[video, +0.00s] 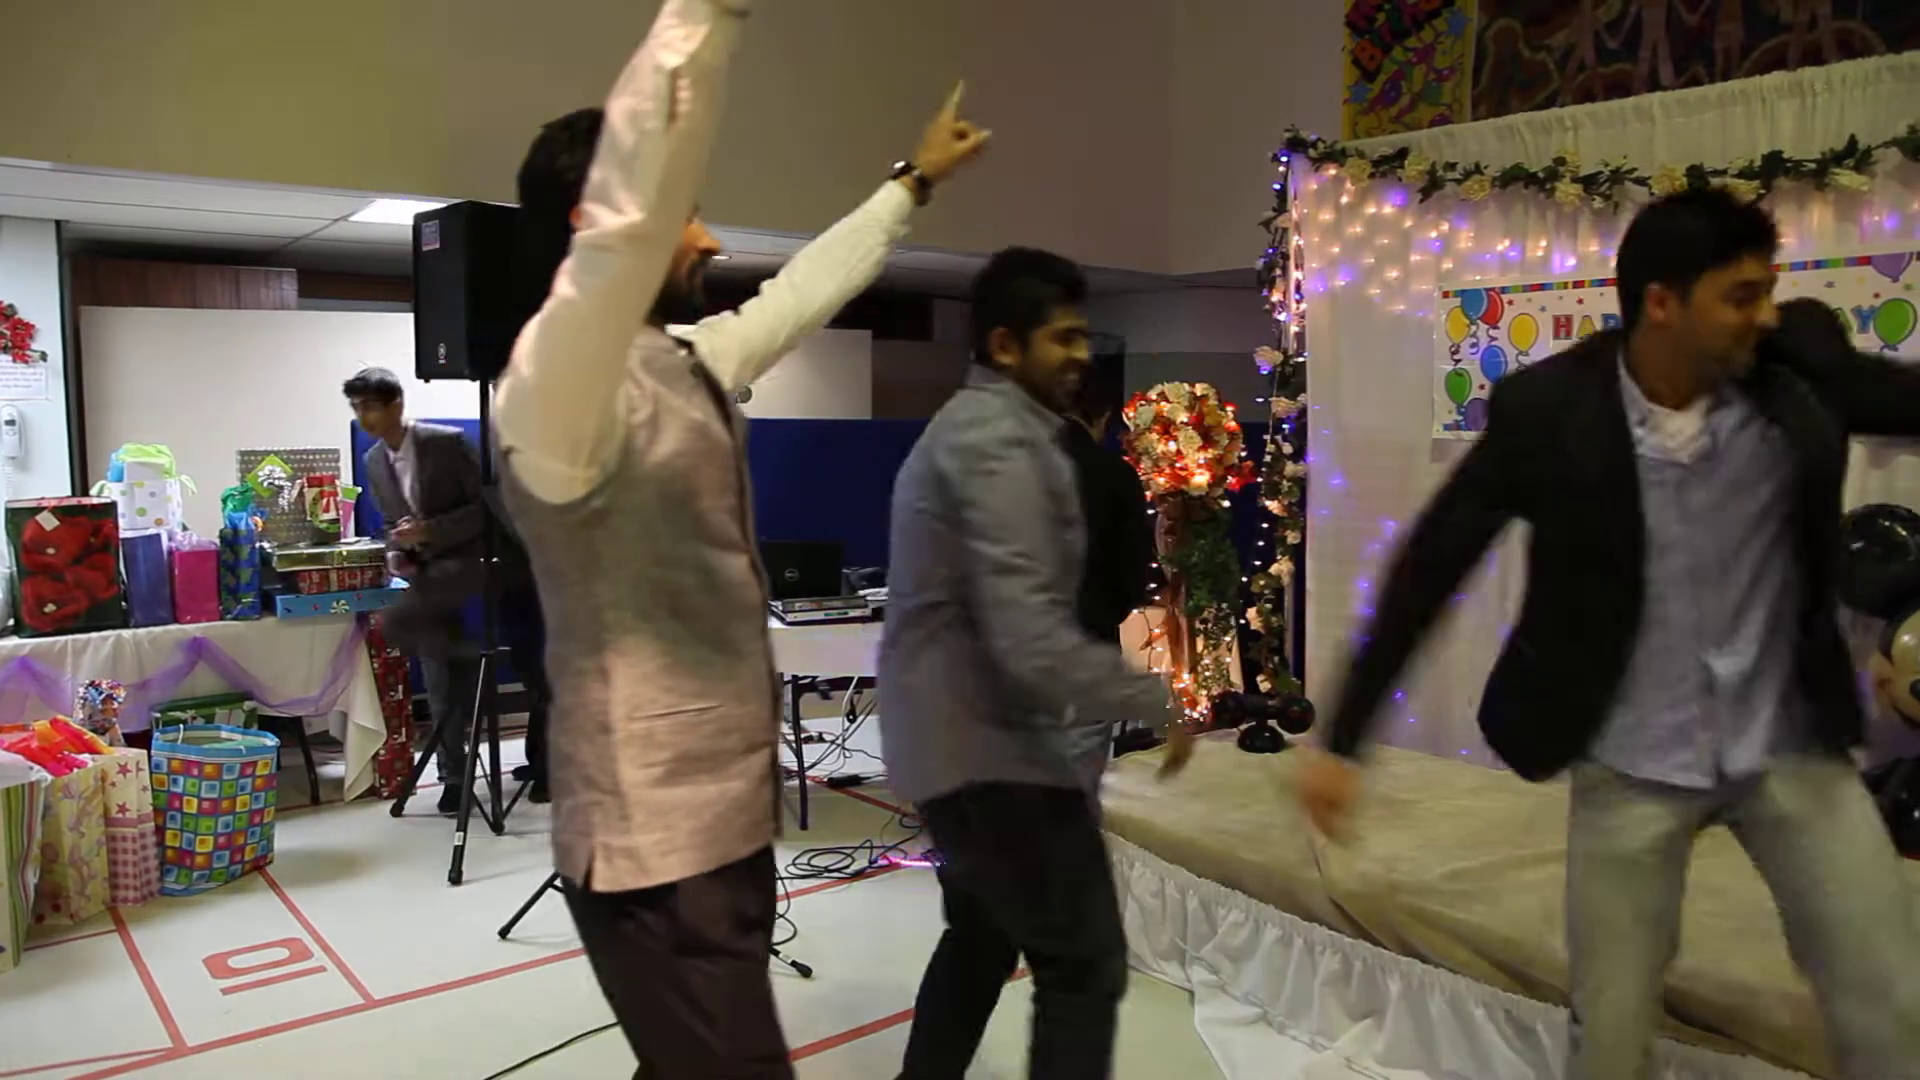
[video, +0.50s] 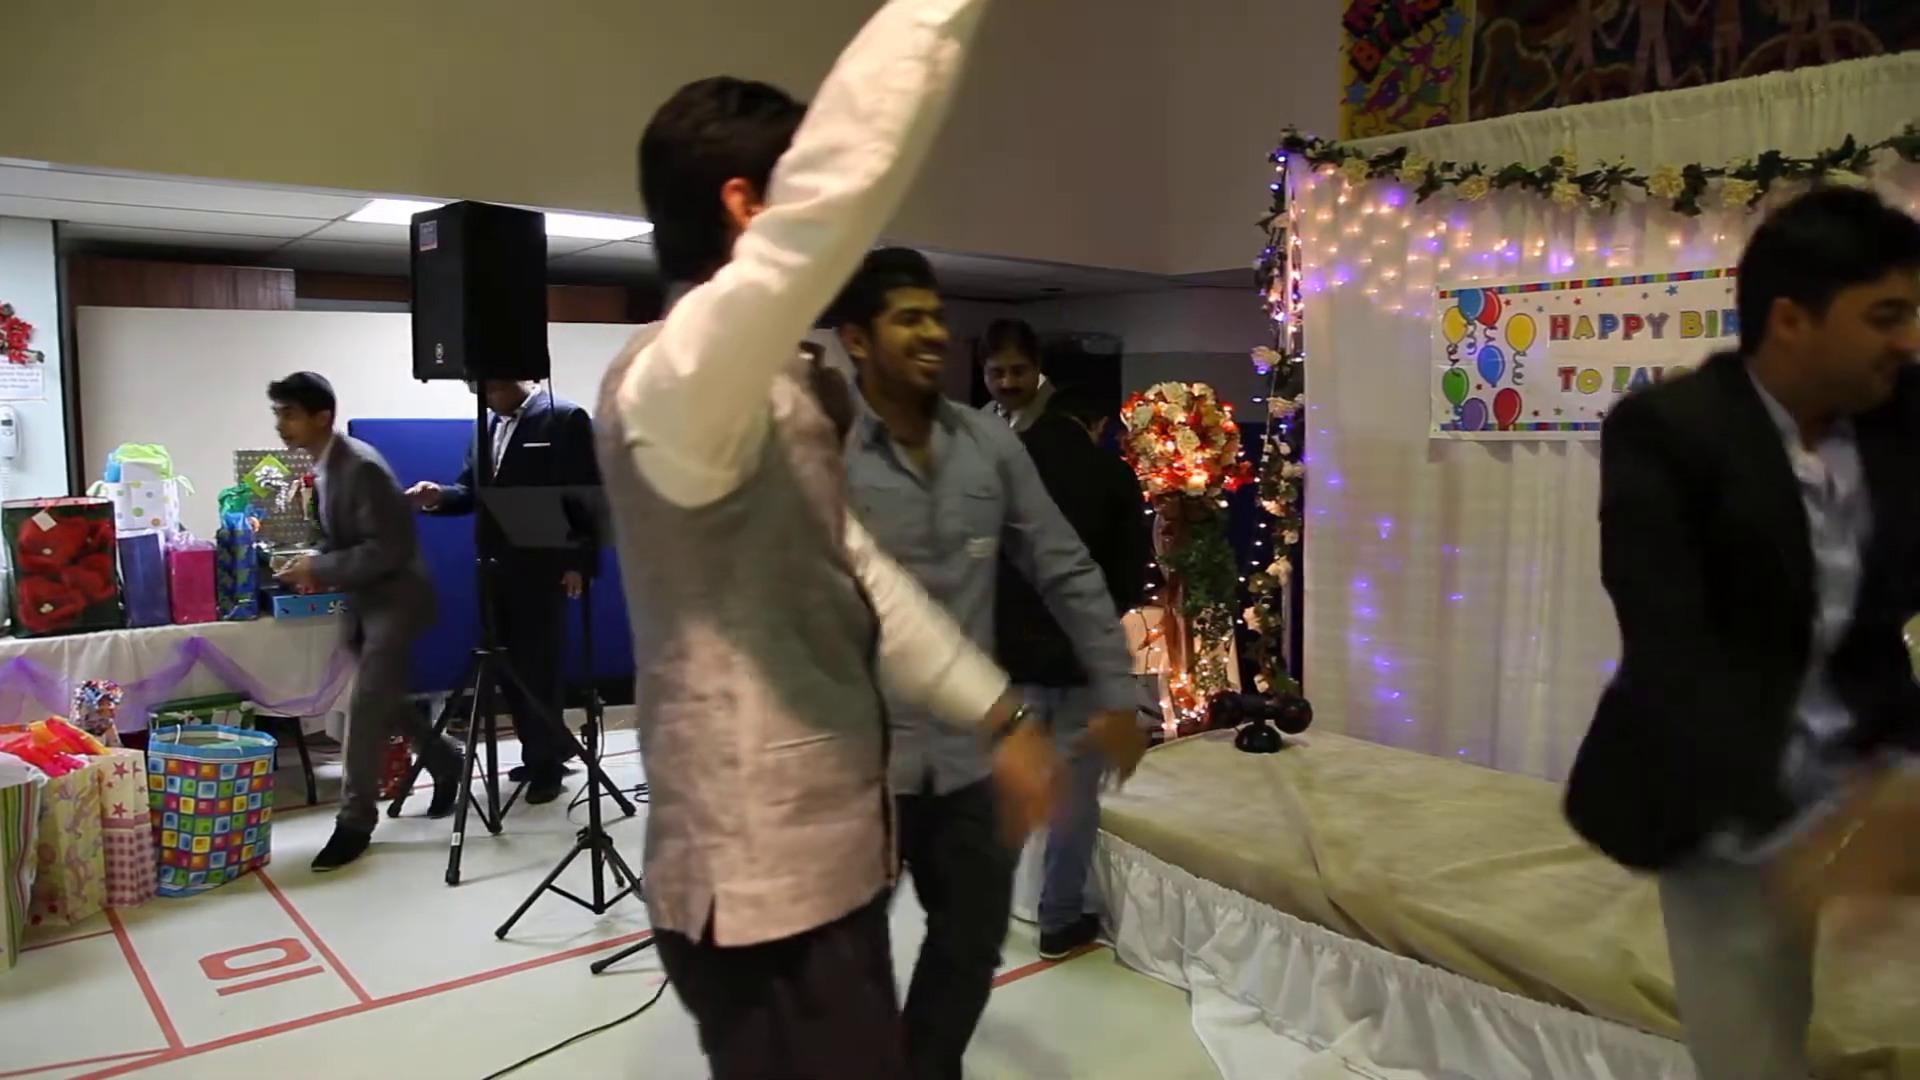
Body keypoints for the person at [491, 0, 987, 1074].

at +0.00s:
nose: (707, 232)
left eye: (698, 208)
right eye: (678, 213)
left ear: (648, 230)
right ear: (603, 226)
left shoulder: (693, 364)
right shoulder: (557, 401)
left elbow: (801, 293)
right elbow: (627, 206)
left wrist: (913, 183)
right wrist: (705, 3)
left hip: (725, 830)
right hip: (651, 853)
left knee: (706, 1064)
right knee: (733, 1071)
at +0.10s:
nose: (731, 218)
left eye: (723, 196)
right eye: (698, 201)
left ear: (688, 221)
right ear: (621, 217)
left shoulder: (717, 361)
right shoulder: (581, 396)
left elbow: (837, 297)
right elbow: (664, 197)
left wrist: (954, 187)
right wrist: (737, 1)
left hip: (739, 827)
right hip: (668, 850)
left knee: (709, 1065)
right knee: (757, 1069)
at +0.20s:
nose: (756, 222)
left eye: (747, 196)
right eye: (725, 200)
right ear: (645, 213)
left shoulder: (735, 365)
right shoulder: (602, 394)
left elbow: (868, 343)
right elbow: (704, 204)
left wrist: (1012, 241)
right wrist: (778, 7)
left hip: (760, 833)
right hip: (689, 858)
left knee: (773, 1055)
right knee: (752, 1066)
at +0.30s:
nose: (765, 210)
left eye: (764, 186)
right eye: (736, 189)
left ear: (696, 210)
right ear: (676, 213)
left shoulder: (759, 379)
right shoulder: (621, 398)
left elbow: (888, 414)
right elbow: (751, 209)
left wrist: (1059, 384)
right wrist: (839, 3)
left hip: (783, 840)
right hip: (705, 865)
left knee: (820, 1057)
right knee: (792, 1066)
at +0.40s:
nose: (785, 212)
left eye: (787, 189)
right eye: (764, 192)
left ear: (718, 211)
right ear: (701, 209)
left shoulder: (764, 396)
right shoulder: (643, 404)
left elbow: (872, 513)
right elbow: (781, 213)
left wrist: (1063, 568)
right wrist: (893, 3)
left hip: (809, 850)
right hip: (731, 876)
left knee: (820, 1050)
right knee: (788, 1064)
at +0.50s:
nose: (821, 209)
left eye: (822, 183)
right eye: (801, 184)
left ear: (746, 208)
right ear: (741, 203)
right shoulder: (676, 390)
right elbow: (823, 200)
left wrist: (998, 717)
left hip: (822, 856)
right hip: (760, 882)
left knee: (866, 1056)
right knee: (835, 1068)